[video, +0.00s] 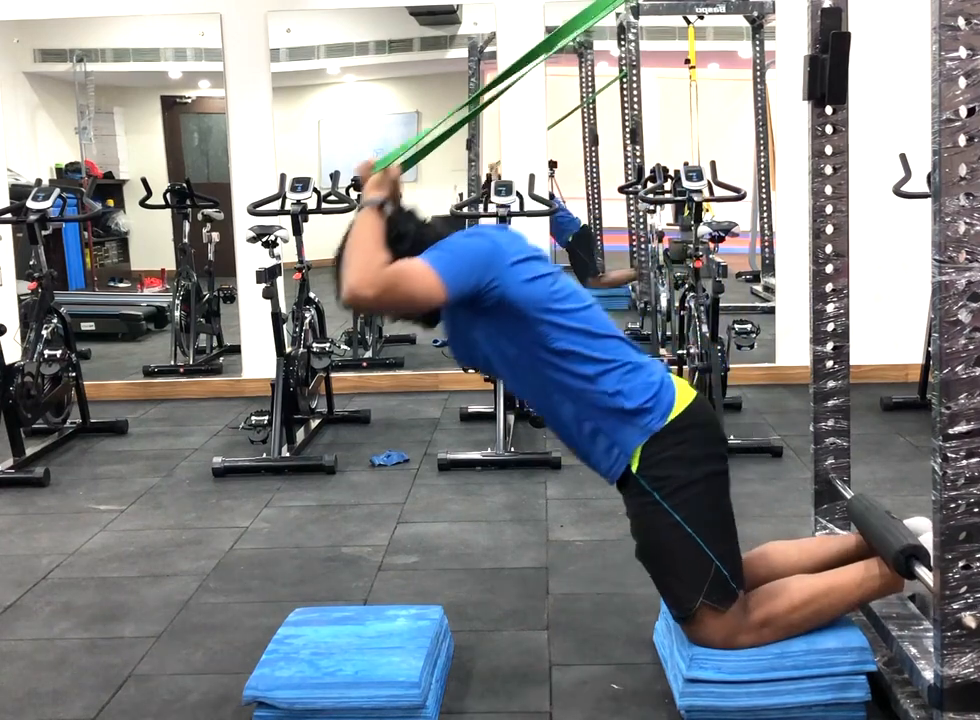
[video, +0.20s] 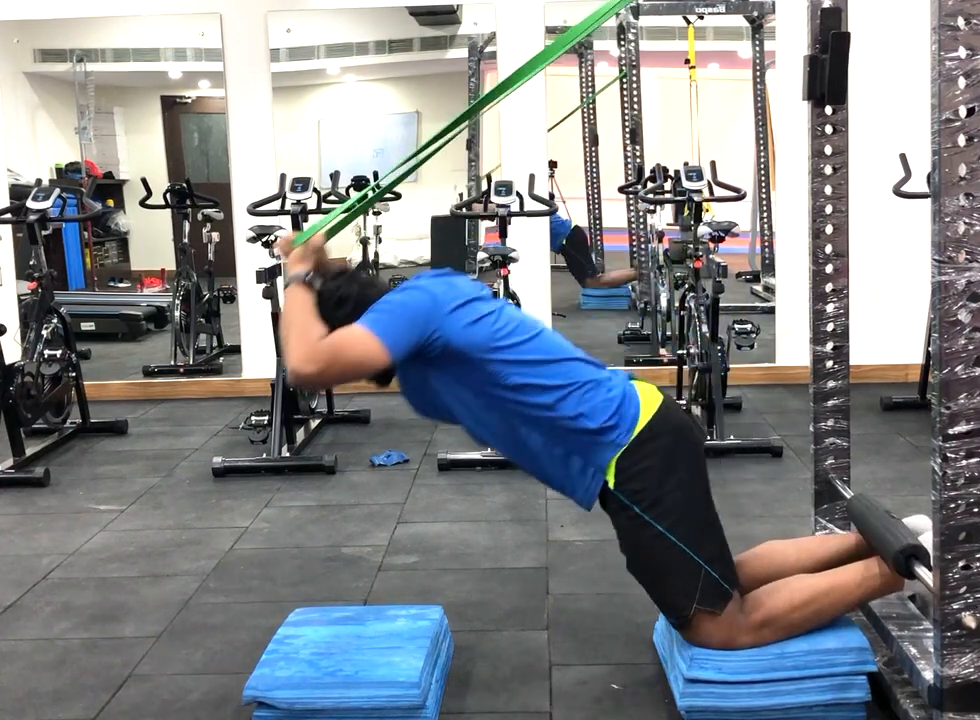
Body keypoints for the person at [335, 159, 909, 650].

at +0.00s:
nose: (382, 299)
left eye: (379, 280)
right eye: (373, 283)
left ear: (399, 263)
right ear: (420, 243)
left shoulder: (483, 249)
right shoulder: (467, 291)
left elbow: (365, 285)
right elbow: (380, 281)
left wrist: (372, 201)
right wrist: (380, 204)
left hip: (663, 439)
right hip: (645, 444)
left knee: (720, 626)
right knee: (718, 586)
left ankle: (902, 571)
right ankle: (865, 539)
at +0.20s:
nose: (343, 369)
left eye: (339, 352)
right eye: (336, 354)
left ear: (352, 323)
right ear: (364, 309)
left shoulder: (426, 301)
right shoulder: (419, 311)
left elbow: (308, 362)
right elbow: (323, 362)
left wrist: (294, 279)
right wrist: (310, 285)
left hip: (639, 448)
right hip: (626, 446)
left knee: (722, 631)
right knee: (709, 589)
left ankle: (900, 568)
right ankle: (865, 539)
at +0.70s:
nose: (252, 490)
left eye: (246, 476)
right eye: (236, 475)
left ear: (268, 449)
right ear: (275, 427)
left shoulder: (334, 428)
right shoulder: (338, 418)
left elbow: (233, 519)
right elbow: (252, 495)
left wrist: (184, 455)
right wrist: (216, 442)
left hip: (584, 481)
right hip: (583, 465)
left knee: (723, 625)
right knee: (713, 586)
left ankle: (901, 567)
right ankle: (861, 537)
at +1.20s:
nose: (262, 538)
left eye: (252, 527)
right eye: (255, 526)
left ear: (272, 493)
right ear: (275, 467)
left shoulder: (323, 461)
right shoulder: (329, 457)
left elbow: (224, 562)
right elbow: (248, 541)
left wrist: (173, 504)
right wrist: (195, 488)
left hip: (574, 489)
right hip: (572, 479)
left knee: (723, 626)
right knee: (711, 585)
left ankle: (890, 566)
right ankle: (861, 534)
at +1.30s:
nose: (261, 527)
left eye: (254, 513)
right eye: (253, 512)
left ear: (271, 480)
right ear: (278, 459)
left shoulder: (326, 450)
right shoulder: (331, 450)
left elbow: (226, 551)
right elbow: (252, 533)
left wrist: (170, 497)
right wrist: (198, 482)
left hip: (576, 485)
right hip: (574, 477)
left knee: (722, 625)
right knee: (712, 585)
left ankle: (890, 567)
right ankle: (861, 535)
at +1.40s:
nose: (281, 520)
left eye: (268, 507)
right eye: (271, 507)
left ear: (277, 472)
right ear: (281, 449)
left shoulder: (330, 442)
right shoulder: (338, 441)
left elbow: (229, 538)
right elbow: (250, 515)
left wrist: (175, 483)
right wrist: (202, 467)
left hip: (580, 480)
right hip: (579, 468)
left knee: (720, 624)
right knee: (710, 583)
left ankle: (893, 567)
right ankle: (857, 535)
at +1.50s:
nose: (271, 500)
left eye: (258, 485)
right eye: (253, 485)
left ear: (274, 452)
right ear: (282, 426)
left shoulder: (339, 430)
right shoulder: (343, 419)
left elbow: (236, 521)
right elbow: (250, 498)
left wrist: (178, 467)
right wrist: (207, 455)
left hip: (587, 477)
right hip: (584, 467)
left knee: (724, 623)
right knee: (710, 588)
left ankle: (903, 567)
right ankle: (859, 536)